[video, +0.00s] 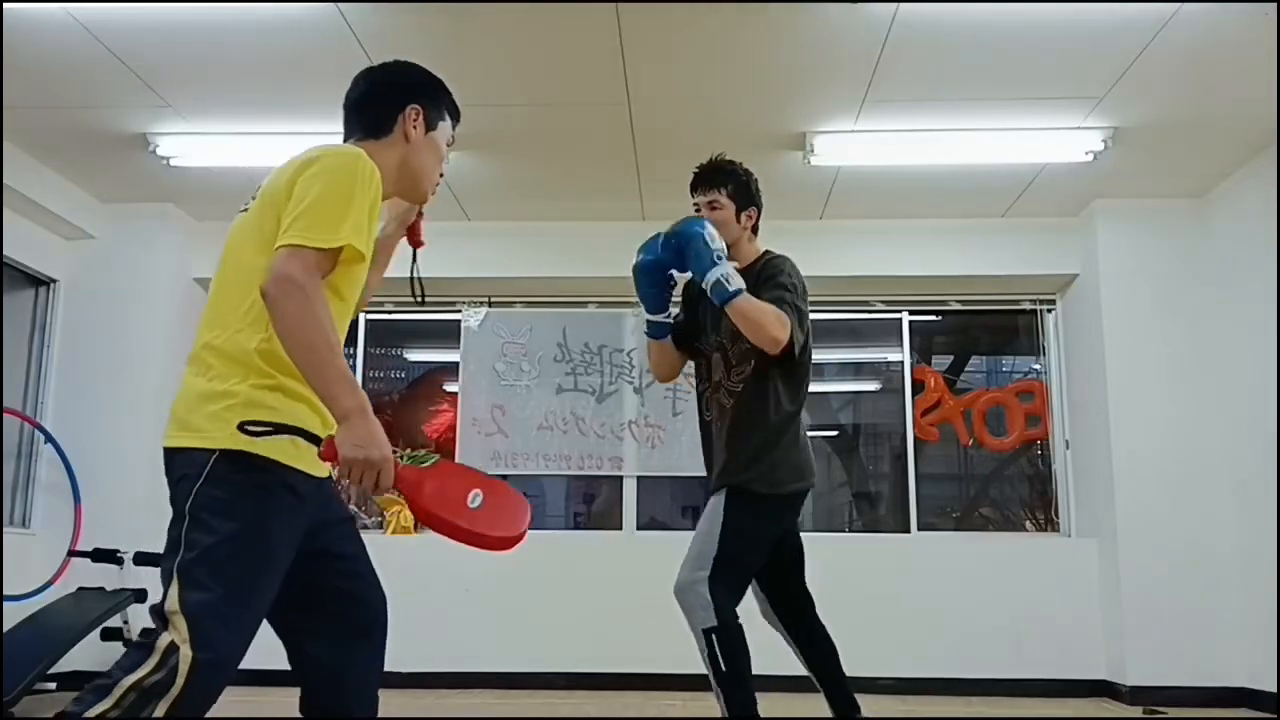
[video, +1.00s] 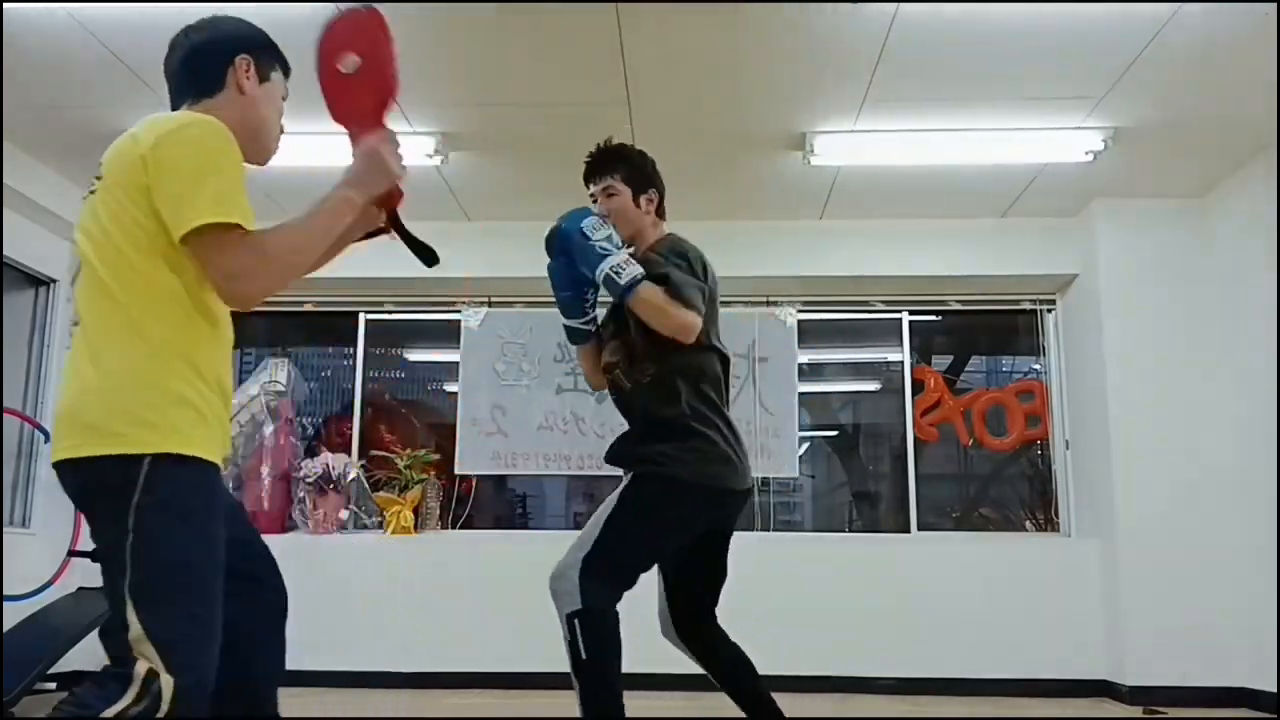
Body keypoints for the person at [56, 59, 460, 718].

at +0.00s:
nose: (443, 169)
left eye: (447, 153)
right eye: (443, 146)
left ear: (395, 125)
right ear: (412, 122)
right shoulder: (345, 165)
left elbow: (338, 309)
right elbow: (290, 281)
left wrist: (393, 232)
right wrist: (355, 414)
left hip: (292, 454)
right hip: (243, 443)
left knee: (350, 629)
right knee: (189, 656)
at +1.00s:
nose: (284, 123)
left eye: (286, 106)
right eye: (283, 99)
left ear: (213, 81)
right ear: (244, 76)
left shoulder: (150, 152)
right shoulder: (188, 136)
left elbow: (238, 284)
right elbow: (239, 273)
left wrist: (345, 228)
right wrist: (353, 191)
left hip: (153, 441)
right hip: (149, 444)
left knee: (256, 601)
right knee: (169, 672)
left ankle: (245, 714)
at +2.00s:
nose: (228, 94)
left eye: (232, 78)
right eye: (221, 70)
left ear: (169, 61)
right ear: (167, 53)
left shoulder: (168, 179)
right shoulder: (89, 129)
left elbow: (240, 255)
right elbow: (25, 272)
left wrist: (322, 188)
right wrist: (114, 398)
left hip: (56, 432)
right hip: (20, 423)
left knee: (42, 654)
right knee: (34, 657)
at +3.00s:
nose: (521, 152)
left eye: (524, 139)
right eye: (515, 133)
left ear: (476, 128)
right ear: (473, 123)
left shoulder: (495, 212)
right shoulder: (394, 183)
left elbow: (574, 236)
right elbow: (369, 284)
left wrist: (643, 197)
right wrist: (482, 256)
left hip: (421, 441)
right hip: (346, 431)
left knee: (462, 594)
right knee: (388, 619)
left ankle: (411, 710)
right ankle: (339, 711)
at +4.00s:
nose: (703, 233)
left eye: (706, 220)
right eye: (700, 215)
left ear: (664, 207)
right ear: (664, 202)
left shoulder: (660, 290)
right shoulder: (579, 246)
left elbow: (714, 306)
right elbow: (493, 317)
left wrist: (785, 274)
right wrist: (501, 406)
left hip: (560, 478)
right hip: (496, 464)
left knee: (608, 609)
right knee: (455, 630)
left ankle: (614, 713)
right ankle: (378, 711)